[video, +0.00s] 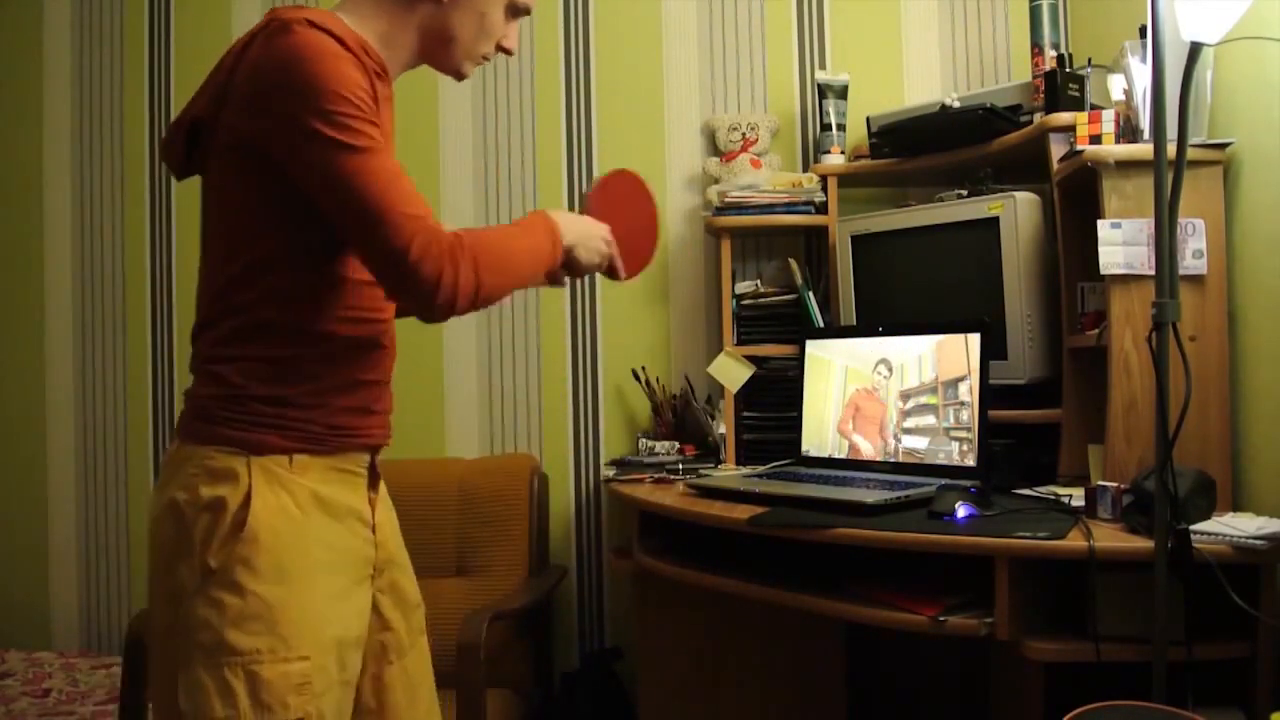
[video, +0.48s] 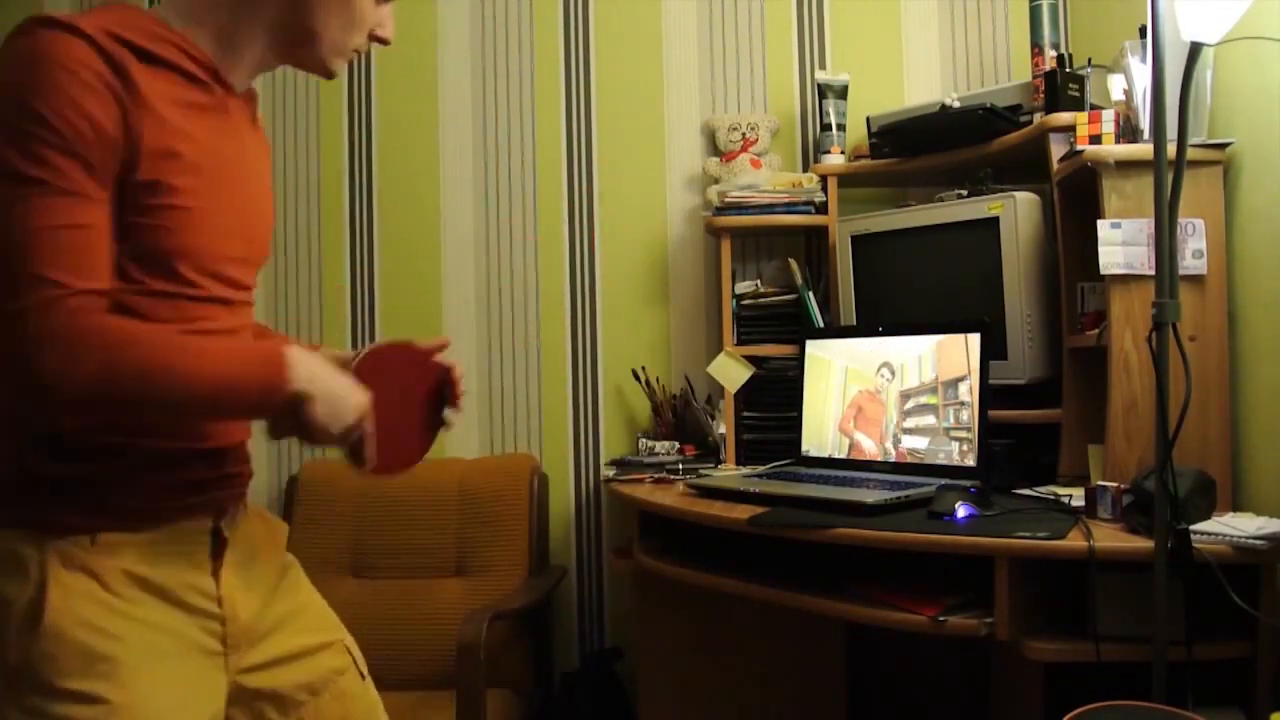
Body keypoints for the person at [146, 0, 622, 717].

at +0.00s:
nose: (511, 44)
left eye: (520, 21)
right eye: (513, 12)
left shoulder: (356, 76)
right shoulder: (304, 61)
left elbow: (404, 286)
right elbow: (433, 272)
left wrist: (541, 253)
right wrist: (558, 234)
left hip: (347, 490)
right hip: (260, 495)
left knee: (399, 711)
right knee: (267, 710)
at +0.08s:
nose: (503, 39)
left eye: (512, 15)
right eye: (503, 5)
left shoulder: (347, 73)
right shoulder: (288, 59)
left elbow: (389, 272)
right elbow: (405, 282)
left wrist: (516, 254)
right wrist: (530, 242)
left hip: (340, 497)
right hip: (251, 505)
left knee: (389, 707)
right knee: (252, 707)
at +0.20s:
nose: (471, 31)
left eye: (479, 10)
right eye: (469, 0)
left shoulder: (312, 75)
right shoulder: (229, 56)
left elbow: (324, 288)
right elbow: (328, 297)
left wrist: (464, 275)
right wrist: (470, 267)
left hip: (311, 515)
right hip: (206, 528)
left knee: (378, 711)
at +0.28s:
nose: (450, 29)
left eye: (457, 8)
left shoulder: (285, 75)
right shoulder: (190, 57)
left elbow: (294, 301)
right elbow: (274, 307)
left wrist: (453, 300)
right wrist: (431, 289)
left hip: (290, 524)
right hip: (173, 539)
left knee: (369, 709)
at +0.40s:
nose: (405, 29)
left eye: (410, 7)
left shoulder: (243, 96)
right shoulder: (101, 63)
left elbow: (210, 339)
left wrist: (383, 366)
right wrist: (341, 343)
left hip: (252, 552)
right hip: (110, 567)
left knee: (353, 710)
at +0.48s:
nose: (386, 28)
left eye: (391, 6)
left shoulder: (237, 113)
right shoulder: (68, 63)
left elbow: (206, 332)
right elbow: (56, 343)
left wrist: (355, 386)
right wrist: (287, 375)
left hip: (244, 561)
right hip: (92, 577)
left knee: (355, 709)